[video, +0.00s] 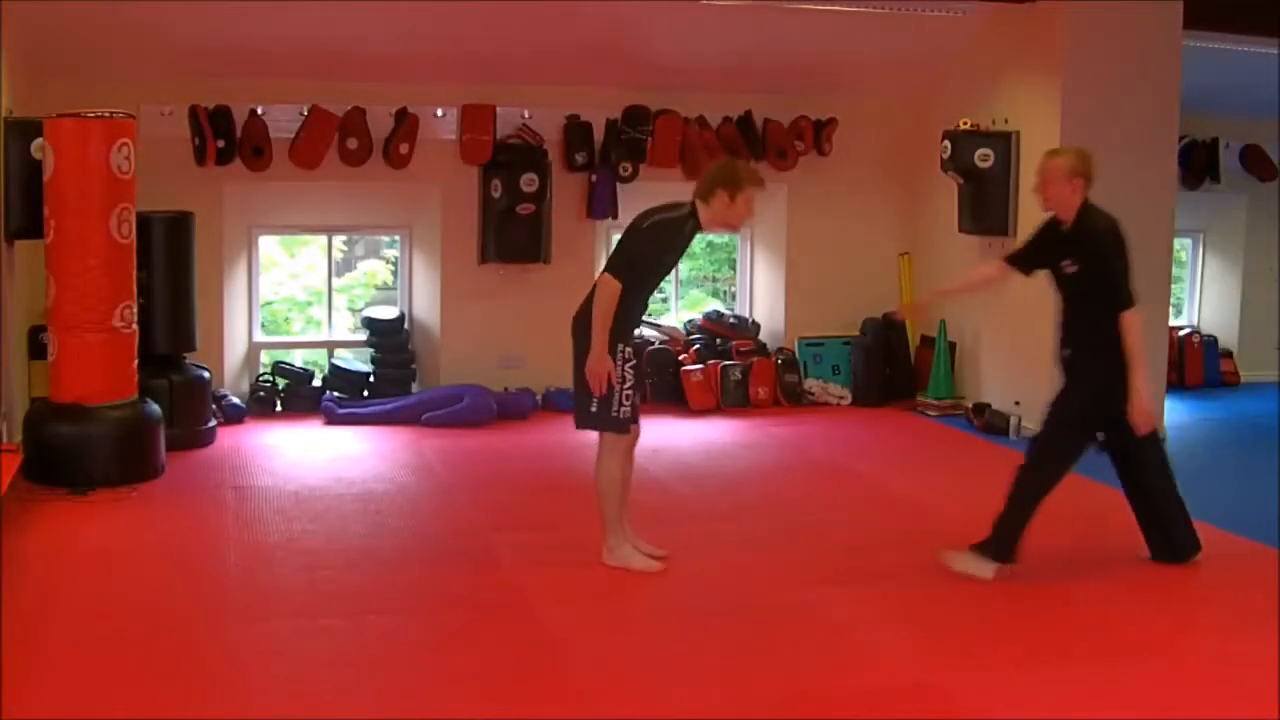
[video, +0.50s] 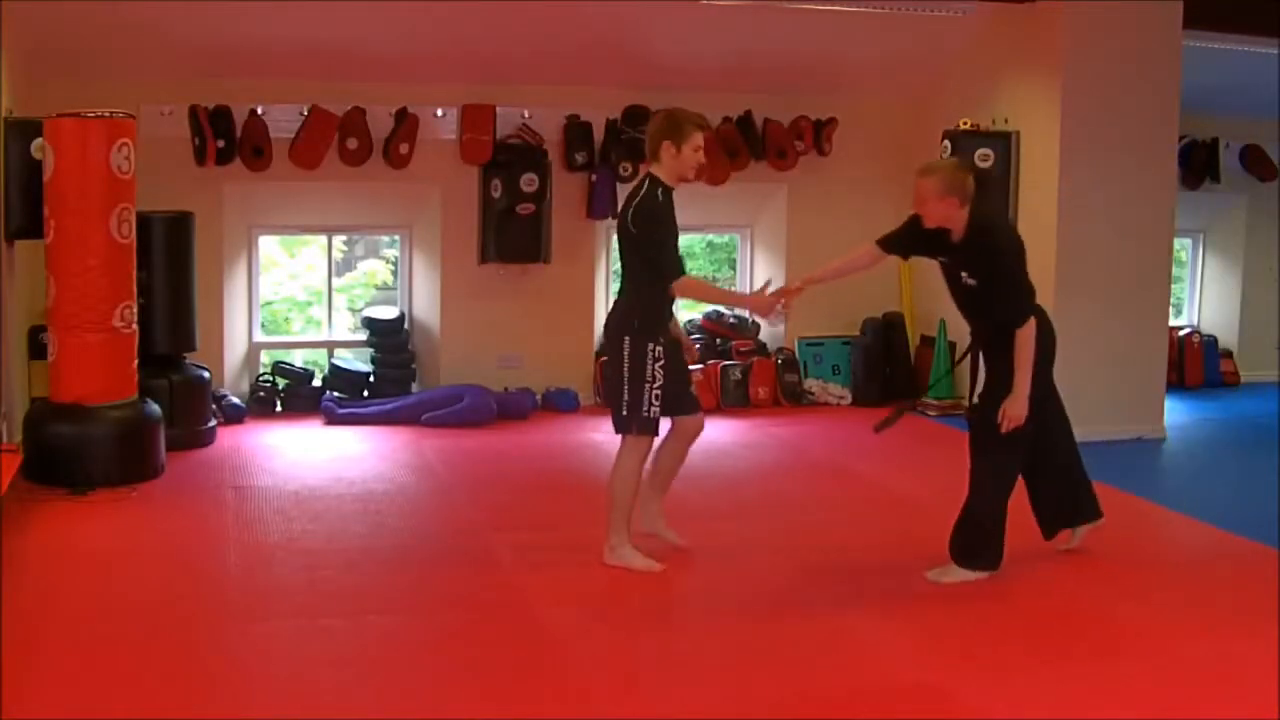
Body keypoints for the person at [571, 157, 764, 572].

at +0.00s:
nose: (751, 214)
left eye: (753, 204)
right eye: (748, 202)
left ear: (722, 197)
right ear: (722, 197)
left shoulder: (683, 226)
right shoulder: (666, 225)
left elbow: (628, 291)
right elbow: (608, 283)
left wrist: (655, 330)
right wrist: (598, 351)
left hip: (620, 332)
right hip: (605, 333)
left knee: (628, 433)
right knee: (617, 435)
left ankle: (622, 534)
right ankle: (614, 544)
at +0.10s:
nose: (739, 183)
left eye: (740, 175)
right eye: (736, 174)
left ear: (708, 174)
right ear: (708, 172)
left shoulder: (677, 212)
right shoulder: (660, 212)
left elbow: (637, 282)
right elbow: (612, 279)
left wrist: (641, 335)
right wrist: (601, 348)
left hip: (631, 334)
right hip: (617, 335)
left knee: (644, 431)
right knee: (627, 435)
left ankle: (625, 532)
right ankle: (616, 544)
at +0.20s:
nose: (726, 172)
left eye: (728, 163)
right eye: (722, 161)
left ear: (695, 160)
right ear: (693, 157)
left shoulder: (673, 203)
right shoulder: (655, 203)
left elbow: (641, 275)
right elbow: (606, 270)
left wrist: (652, 329)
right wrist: (595, 343)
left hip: (646, 334)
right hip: (628, 335)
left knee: (651, 430)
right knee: (634, 434)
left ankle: (627, 530)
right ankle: (616, 542)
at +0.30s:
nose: (717, 163)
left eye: (717, 154)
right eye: (711, 153)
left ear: (686, 155)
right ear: (683, 153)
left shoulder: (669, 201)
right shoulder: (650, 201)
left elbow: (646, 278)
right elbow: (612, 278)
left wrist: (658, 331)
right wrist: (636, 342)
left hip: (649, 331)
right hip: (629, 333)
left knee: (657, 433)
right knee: (635, 436)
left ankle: (627, 529)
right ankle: (616, 542)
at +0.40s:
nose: (708, 163)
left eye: (709, 154)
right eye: (702, 152)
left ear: (674, 154)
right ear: (673, 151)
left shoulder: (662, 199)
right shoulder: (650, 201)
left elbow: (650, 285)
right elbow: (646, 289)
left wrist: (690, 320)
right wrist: (699, 321)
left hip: (649, 327)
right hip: (631, 329)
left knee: (677, 426)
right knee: (635, 435)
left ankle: (631, 522)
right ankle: (616, 543)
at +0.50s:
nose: (702, 159)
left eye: (703, 150)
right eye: (696, 149)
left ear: (668, 151)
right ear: (668, 149)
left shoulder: (652, 195)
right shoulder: (651, 199)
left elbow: (649, 284)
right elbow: (679, 284)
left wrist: (675, 331)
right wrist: (748, 301)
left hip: (655, 329)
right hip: (635, 329)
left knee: (688, 422)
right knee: (639, 435)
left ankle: (648, 515)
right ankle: (617, 543)